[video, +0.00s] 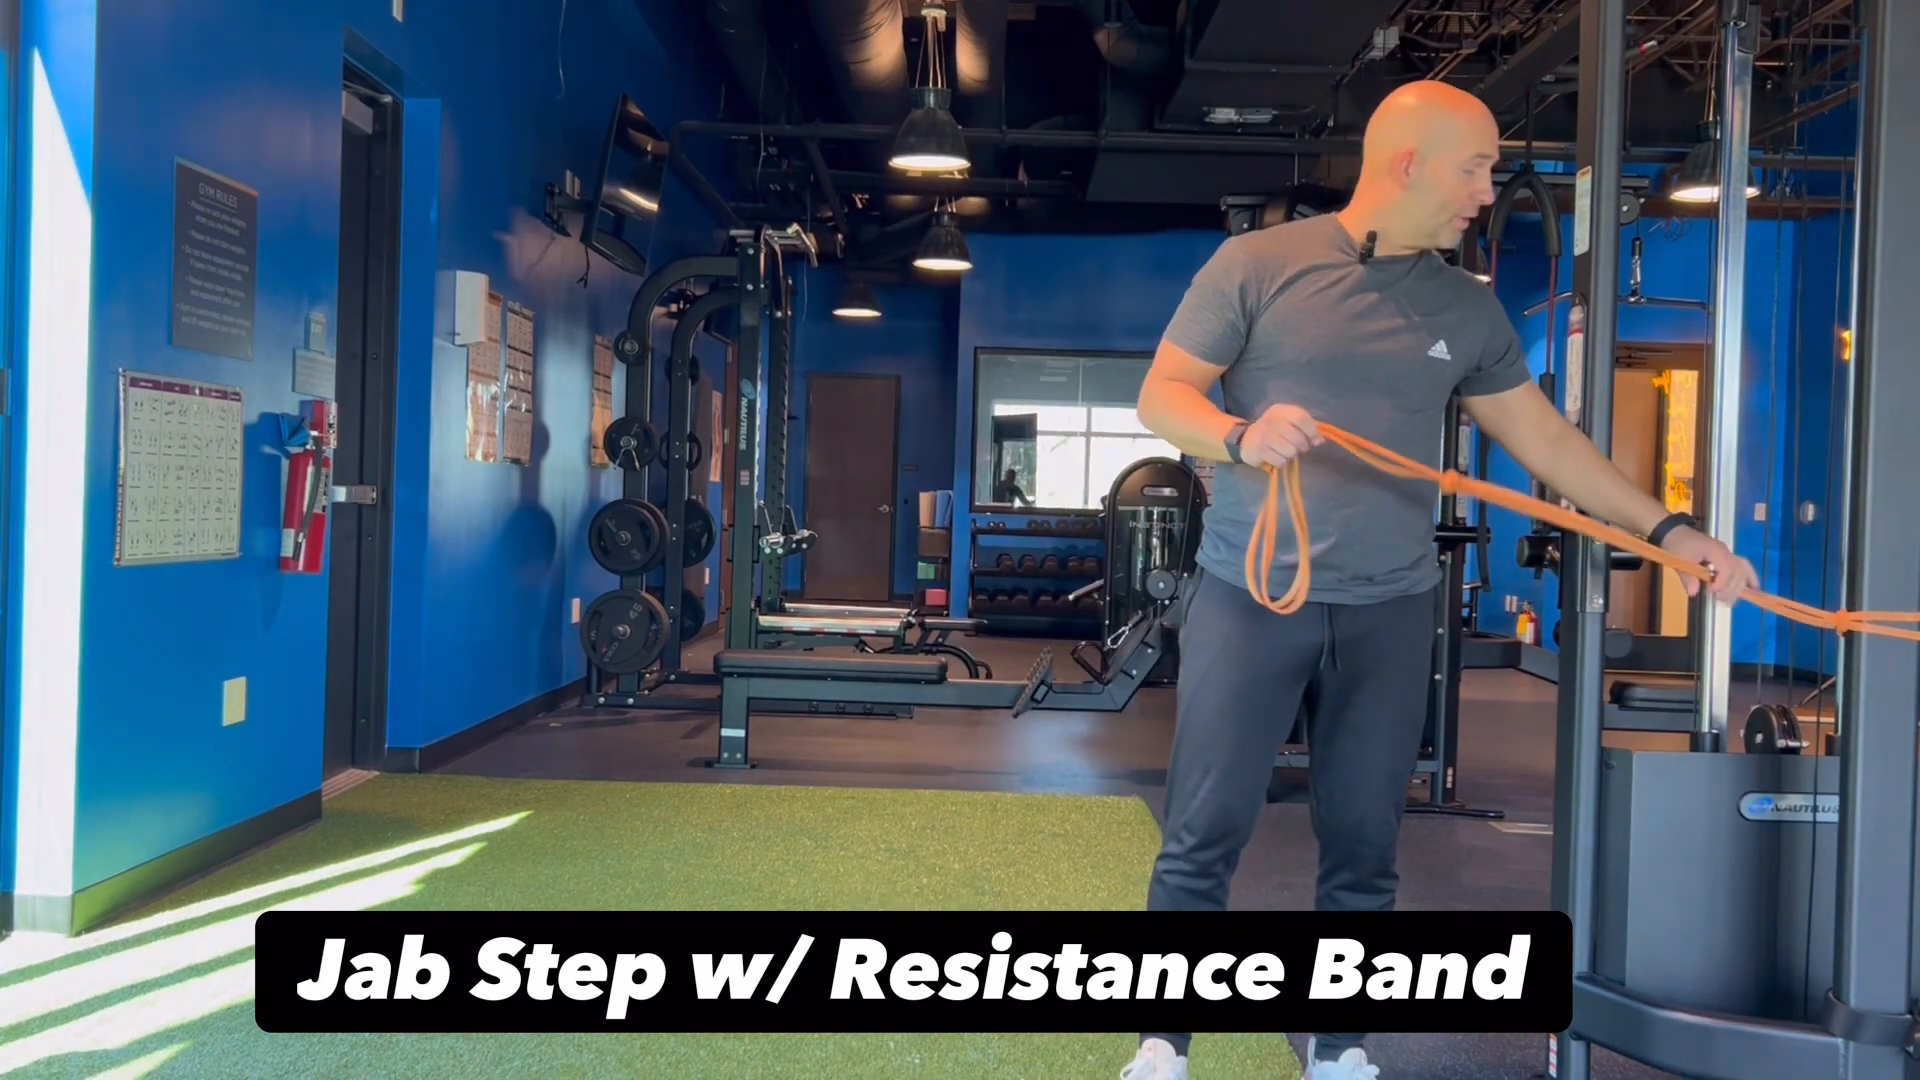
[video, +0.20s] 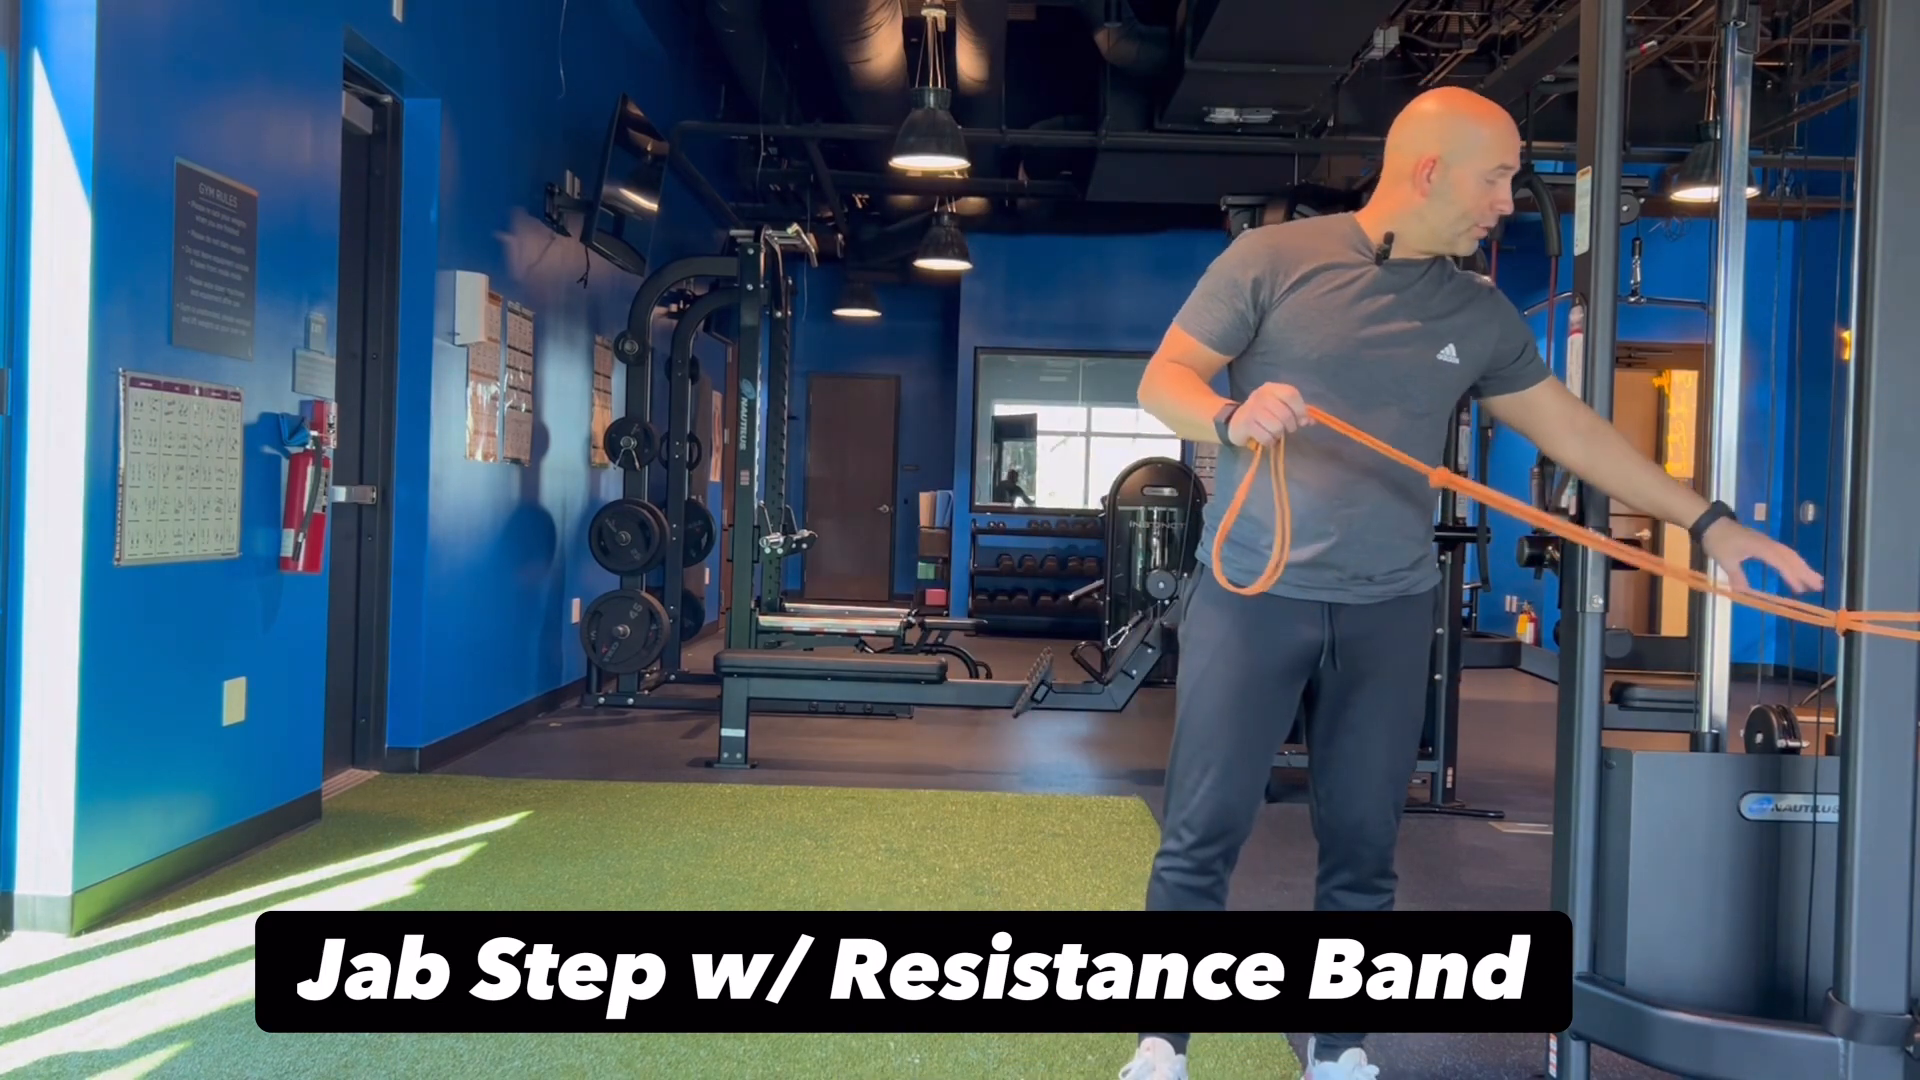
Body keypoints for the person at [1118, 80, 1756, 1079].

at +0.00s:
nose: (1488, 193)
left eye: (1492, 173)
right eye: (1475, 170)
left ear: (1421, 173)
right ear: (1401, 166)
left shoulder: (1468, 309)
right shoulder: (1254, 263)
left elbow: (1551, 443)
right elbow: (1163, 395)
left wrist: (1669, 531)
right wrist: (1238, 433)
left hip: (1391, 603)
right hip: (1248, 592)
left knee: (1363, 848)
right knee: (1202, 834)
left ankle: (1333, 1045)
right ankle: (1161, 1043)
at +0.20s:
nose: (1510, 201)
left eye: (1513, 180)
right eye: (1498, 176)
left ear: (1433, 179)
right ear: (1423, 171)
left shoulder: (1479, 314)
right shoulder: (1269, 256)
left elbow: (1575, 433)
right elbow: (1165, 382)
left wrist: (1707, 521)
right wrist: (1227, 413)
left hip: (1389, 605)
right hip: (1249, 595)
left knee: (1361, 847)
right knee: (1201, 836)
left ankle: (1328, 1040)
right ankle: (1159, 1042)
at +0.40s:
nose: (1520, 201)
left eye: (1523, 180)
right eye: (1506, 177)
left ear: (1443, 178)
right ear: (1431, 171)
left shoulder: (1486, 315)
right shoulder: (1279, 255)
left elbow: (1597, 433)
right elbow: (1171, 380)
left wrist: (1732, 520)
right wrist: (1230, 409)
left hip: (1393, 604)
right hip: (1251, 593)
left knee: (1363, 846)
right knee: (1201, 831)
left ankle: (1327, 1041)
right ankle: (1161, 1041)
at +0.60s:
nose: (1508, 204)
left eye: (1516, 184)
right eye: (1493, 179)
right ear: (1418, 167)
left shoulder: (1491, 319)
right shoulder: (1281, 256)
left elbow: (1598, 440)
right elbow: (1174, 379)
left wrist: (1734, 523)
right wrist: (1230, 408)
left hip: (1393, 605)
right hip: (1250, 591)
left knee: (1363, 849)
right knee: (1201, 833)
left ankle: (1329, 1042)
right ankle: (1161, 1040)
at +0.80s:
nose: (1455, 209)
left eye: (1476, 194)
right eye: (1441, 181)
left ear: (1490, 200)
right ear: (1393, 165)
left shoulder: (1483, 323)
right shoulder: (1278, 258)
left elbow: (1533, 448)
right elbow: (1173, 385)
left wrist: (1619, 487)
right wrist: (1235, 410)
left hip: (1388, 607)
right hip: (1247, 591)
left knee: (1361, 847)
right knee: (1203, 828)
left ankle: (1331, 1043)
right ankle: (1155, 1039)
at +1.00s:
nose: (1413, 208)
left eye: (1435, 190)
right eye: (1398, 180)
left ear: (1453, 192)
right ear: (1352, 164)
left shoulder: (1456, 313)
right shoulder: (1249, 263)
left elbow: (1492, 446)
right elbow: (1150, 396)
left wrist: (1468, 453)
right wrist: (1221, 417)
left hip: (1371, 606)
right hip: (1232, 590)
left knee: (1354, 844)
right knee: (1183, 806)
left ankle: (1336, 1045)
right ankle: (1094, 1017)